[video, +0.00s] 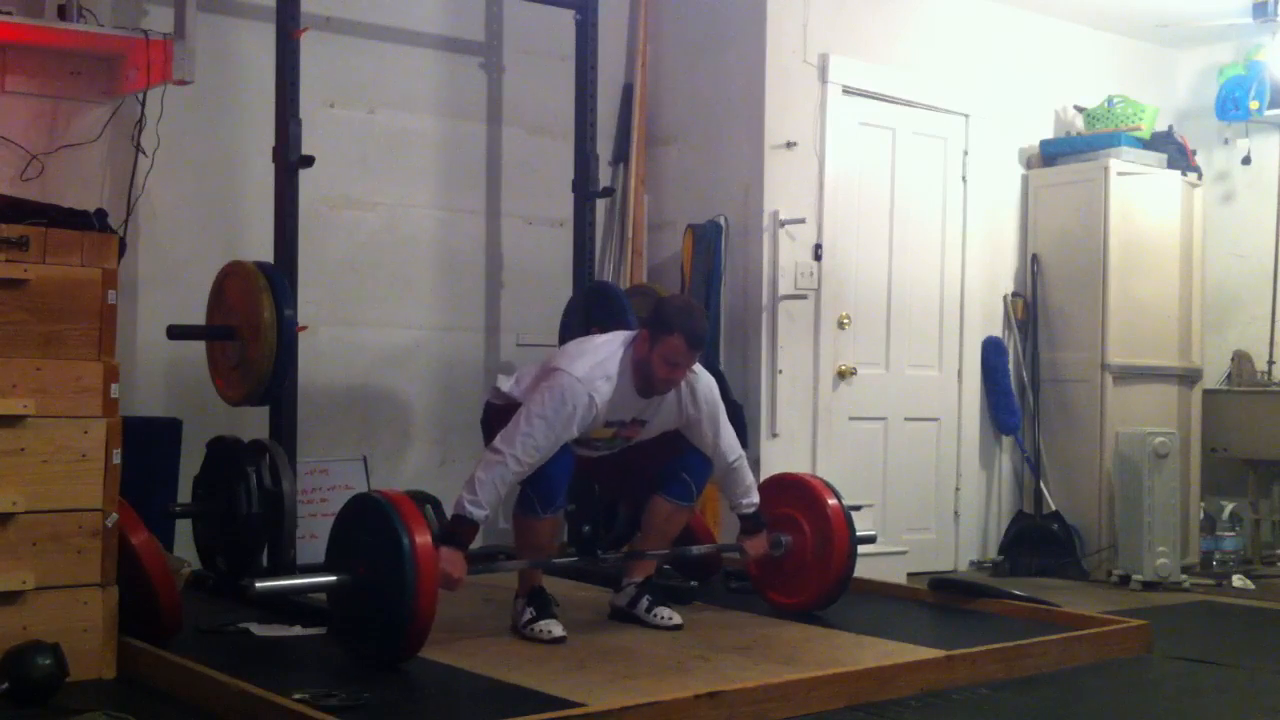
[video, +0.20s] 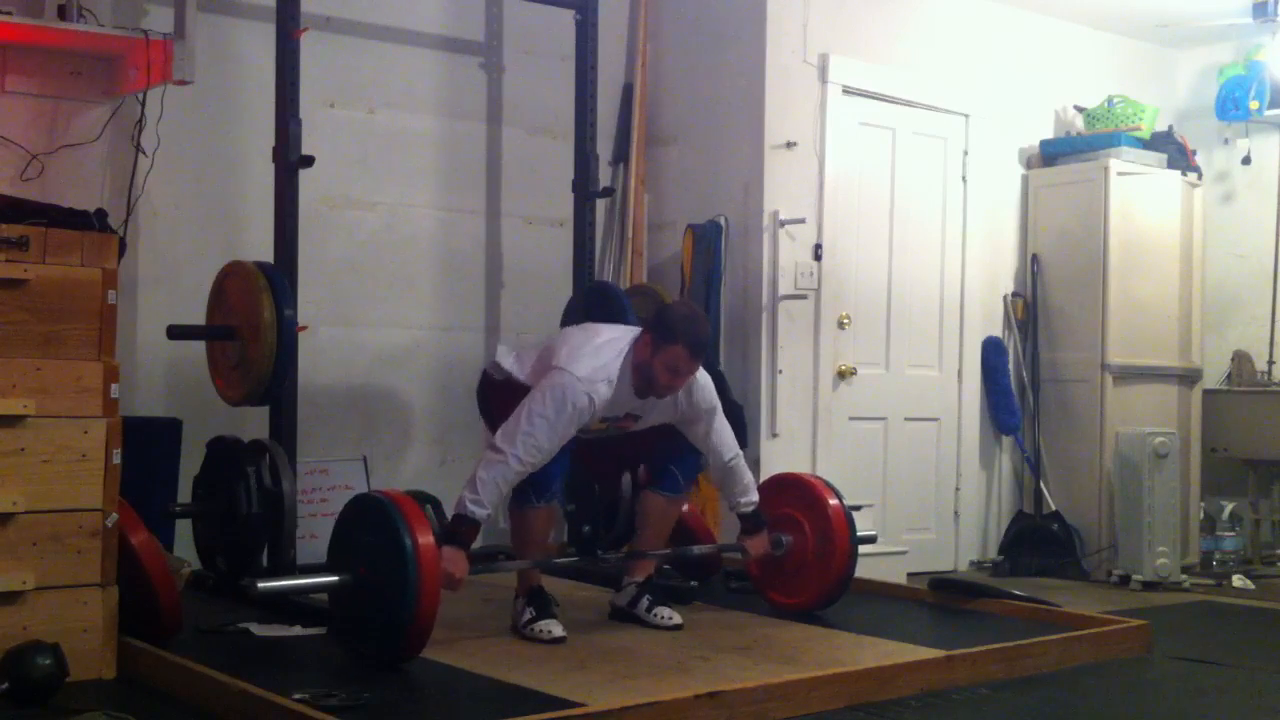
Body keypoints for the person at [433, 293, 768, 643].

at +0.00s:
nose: (678, 377)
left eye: (687, 366)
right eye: (670, 363)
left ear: (697, 359)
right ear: (643, 342)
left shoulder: (696, 387)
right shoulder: (581, 378)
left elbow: (729, 454)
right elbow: (508, 454)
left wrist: (752, 525)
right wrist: (456, 540)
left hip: (601, 438)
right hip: (522, 420)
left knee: (694, 458)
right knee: (554, 464)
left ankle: (632, 590)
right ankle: (530, 597)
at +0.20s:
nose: (678, 384)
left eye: (688, 374)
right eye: (671, 370)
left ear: (698, 366)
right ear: (645, 346)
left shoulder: (694, 387)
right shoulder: (581, 378)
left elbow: (726, 453)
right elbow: (508, 452)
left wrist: (753, 525)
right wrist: (459, 537)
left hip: (593, 409)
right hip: (516, 389)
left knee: (679, 453)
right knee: (544, 462)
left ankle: (634, 589)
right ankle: (530, 597)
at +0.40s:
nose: (677, 388)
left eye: (686, 378)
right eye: (670, 374)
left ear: (697, 370)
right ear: (643, 350)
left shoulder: (691, 386)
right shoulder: (579, 377)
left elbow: (723, 453)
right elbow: (507, 451)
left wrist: (754, 525)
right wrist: (459, 537)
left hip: (584, 399)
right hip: (511, 377)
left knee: (670, 452)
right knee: (541, 457)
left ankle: (633, 589)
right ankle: (530, 597)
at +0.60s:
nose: (668, 376)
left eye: (677, 367)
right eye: (663, 362)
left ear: (688, 362)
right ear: (638, 341)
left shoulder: (689, 382)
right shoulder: (577, 378)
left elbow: (723, 451)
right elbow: (508, 452)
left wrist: (751, 524)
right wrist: (455, 538)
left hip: (600, 438)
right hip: (522, 423)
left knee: (686, 455)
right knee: (546, 464)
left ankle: (633, 588)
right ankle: (530, 595)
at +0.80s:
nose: (666, 374)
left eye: (675, 364)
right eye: (660, 359)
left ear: (686, 357)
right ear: (635, 339)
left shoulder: (689, 383)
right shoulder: (577, 379)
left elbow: (723, 451)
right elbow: (508, 453)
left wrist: (751, 522)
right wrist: (455, 538)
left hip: (605, 446)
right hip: (529, 437)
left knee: (692, 458)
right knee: (549, 470)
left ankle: (633, 588)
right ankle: (530, 595)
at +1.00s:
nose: (671, 374)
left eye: (679, 364)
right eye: (663, 361)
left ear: (690, 355)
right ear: (635, 340)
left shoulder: (690, 383)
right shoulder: (577, 380)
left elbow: (725, 453)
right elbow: (507, 454)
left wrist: (752, 525)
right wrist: (455, 539)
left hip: (603, 448)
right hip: (526, 435)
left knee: (690, 460)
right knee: (552, 468)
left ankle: (633, 589)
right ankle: (531, 597)